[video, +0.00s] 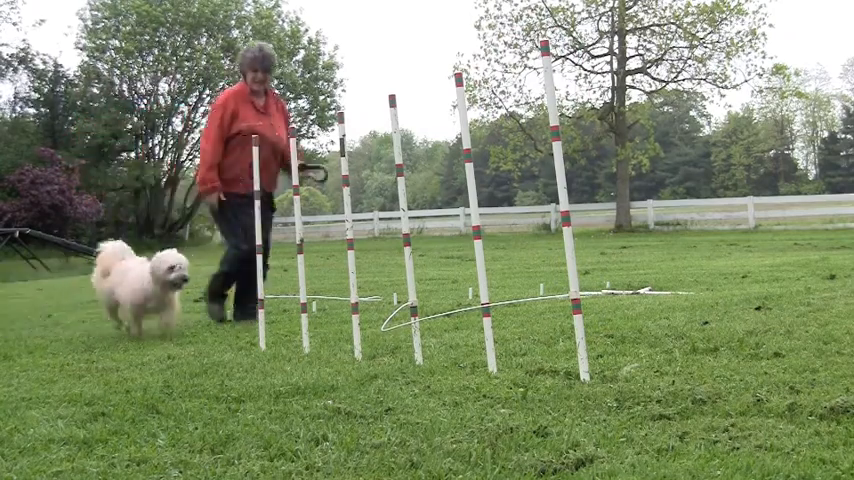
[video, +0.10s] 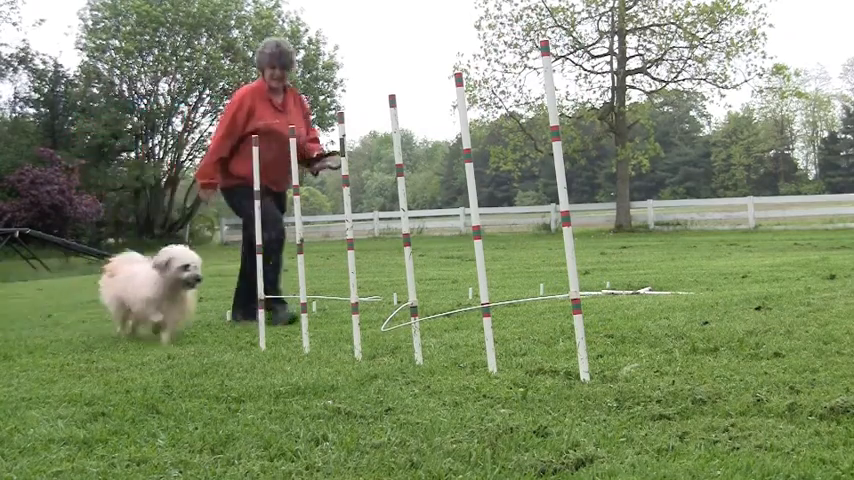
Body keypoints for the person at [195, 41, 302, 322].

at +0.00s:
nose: (259, 76)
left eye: (264, 71)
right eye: (253, 71)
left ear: (271, 72)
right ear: (243, 72)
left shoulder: (277, 105)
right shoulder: (228, 100)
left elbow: (283, 145)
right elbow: (211, 143)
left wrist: (293, 164)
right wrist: (208, 185)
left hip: (263, 193)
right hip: (231, 193)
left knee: (258, 255)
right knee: (243, 248)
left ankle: (246, 313)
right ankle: (216, 294)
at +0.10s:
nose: (277, 73)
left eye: (282, 68)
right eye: (271, 68)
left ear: (290, 68)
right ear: (261, 68)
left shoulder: (296, 101)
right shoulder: (246, 97)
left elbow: (307, 135)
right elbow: (223, 137)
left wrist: (315, 157)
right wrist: (207, 176)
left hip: (274, 187)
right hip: (241, 183)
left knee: (256, 248)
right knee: (273, 230)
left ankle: (243, 310)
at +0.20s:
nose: (295, 73)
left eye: (301, 68)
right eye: (289, 68)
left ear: (308, 69)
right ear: (279, 69)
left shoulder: (317, 104)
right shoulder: (266, 98)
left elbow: (330, 140)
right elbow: (239, 138)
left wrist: (338, 151)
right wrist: (216, 175)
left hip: (289, 188)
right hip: (259, 186)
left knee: (267, 251)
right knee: (290, 245)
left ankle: (245, 312)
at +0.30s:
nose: (312, 72)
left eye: (317, 66)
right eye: (305, 67)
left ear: (324, 67)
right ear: (295, 69)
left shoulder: (332, 101)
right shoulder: (282, 101)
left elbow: (348, 137)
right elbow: (256, 143)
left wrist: (357, 155)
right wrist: (234, 181)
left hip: (315, 192)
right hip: (284, 190)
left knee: (290, 255)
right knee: (314, 249)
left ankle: (255, 303)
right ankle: (338, 313)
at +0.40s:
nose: (329, 68)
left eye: (334, 62)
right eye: (323, 62)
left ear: (341, 63)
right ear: (313, 63)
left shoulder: (348, 93)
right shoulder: (301, 95)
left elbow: (362, 135)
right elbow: (280, 140)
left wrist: (374, 156)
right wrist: (267, 184)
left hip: (335, 187)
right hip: (302, 188)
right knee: (324, 248)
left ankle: (294, 288)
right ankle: (337, 313)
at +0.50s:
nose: (348, 59)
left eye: (353, 53)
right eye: (341, 54)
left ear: (361, 54)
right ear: (331, 55)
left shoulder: (368, 87)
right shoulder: (316, 89)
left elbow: (378, 132)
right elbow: (301, 138)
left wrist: (389, 158)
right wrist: (308, 182)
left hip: (360, 186)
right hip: (323, 188)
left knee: (374, 243)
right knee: (325, 254)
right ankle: (336, 313)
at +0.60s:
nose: (366, 55)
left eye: (372, 49)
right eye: (360, 49)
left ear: (379, 50)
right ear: (348, 51)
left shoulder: (386, 85)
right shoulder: (333, 88)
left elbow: (391, 130)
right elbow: (325, 141)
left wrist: (407, 150)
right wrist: (353, 171)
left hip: (377, 180)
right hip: (332, 182)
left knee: (390, 240)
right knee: (333, 249)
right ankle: (340, 316)